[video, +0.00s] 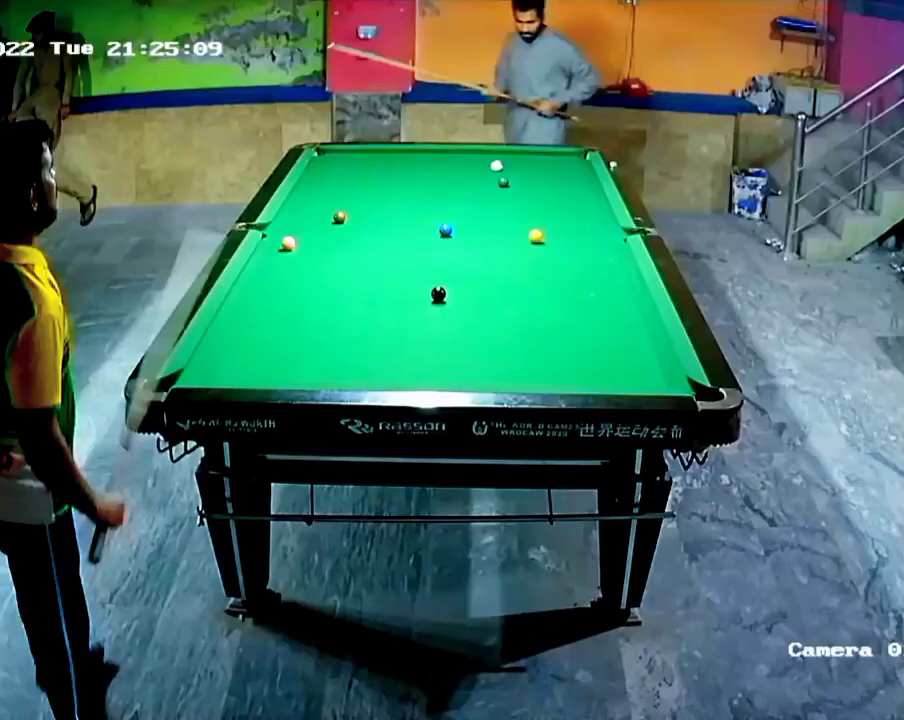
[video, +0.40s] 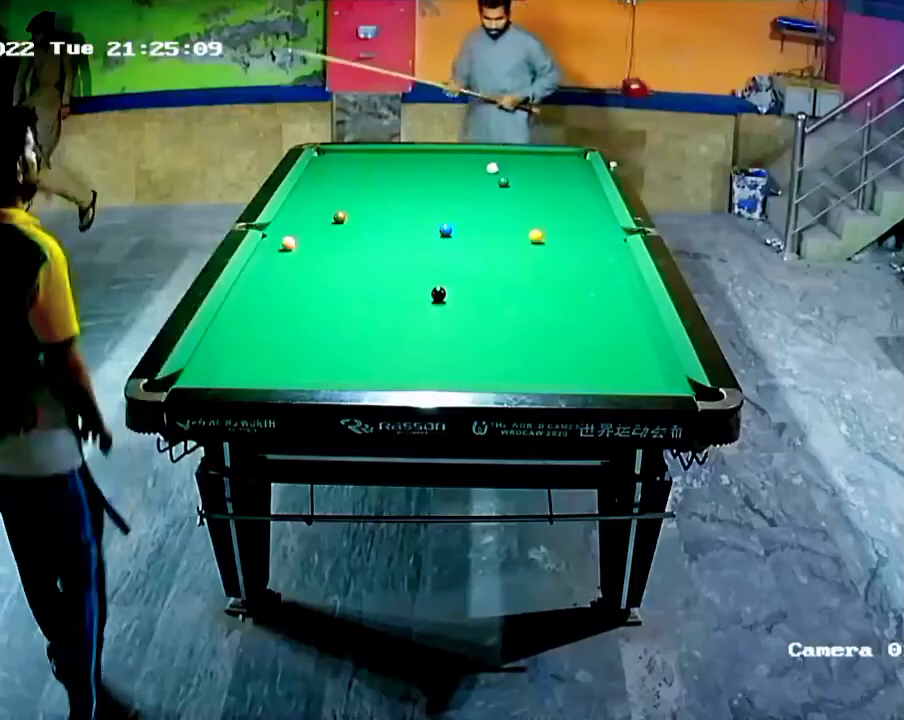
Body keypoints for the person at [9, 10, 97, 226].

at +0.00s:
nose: (34, 38)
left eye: (37, 33)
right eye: (32, 34)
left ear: (48, 31)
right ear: (32, 34)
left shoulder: (61, 47)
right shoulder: (33, 52)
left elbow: (70, 72)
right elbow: (20, 79)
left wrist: (66, 102)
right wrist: (16, 108)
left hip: (52, 100)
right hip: (34, 98)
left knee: (46, 161)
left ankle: (85, 193)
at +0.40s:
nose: (33, 38)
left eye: (36, 33)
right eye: (32, 34)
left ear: (46, 31)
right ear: (33, 34)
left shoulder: (61, 46)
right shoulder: (33, 52)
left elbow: (70, 71)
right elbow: (21, 79)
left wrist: (66, 101)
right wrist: (17, 105)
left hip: (49, 105)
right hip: (32, 106)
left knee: (37, 169)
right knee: (31, 167)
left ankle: (84, 197)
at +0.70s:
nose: (34, 38)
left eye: (37, 34)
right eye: (33, 34)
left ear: (47, 33)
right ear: (35, 34)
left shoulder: (60, 49)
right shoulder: (32, 49)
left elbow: (69, 75)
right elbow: (22, 73)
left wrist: (65, 102)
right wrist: (18, 93)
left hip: (53, 94)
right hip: (35, 94)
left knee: (51, 129)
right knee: (34, 127)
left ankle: (46, 160)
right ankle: (34, 160)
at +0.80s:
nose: (33, 38)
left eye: (36, 34)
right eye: (32, 34)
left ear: (45, 33)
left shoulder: (61, 50)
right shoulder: (32, 50)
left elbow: (68, 76)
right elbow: (22, 75)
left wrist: (66, 103)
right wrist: (18, 95)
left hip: (55, 102)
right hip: (36, 100)